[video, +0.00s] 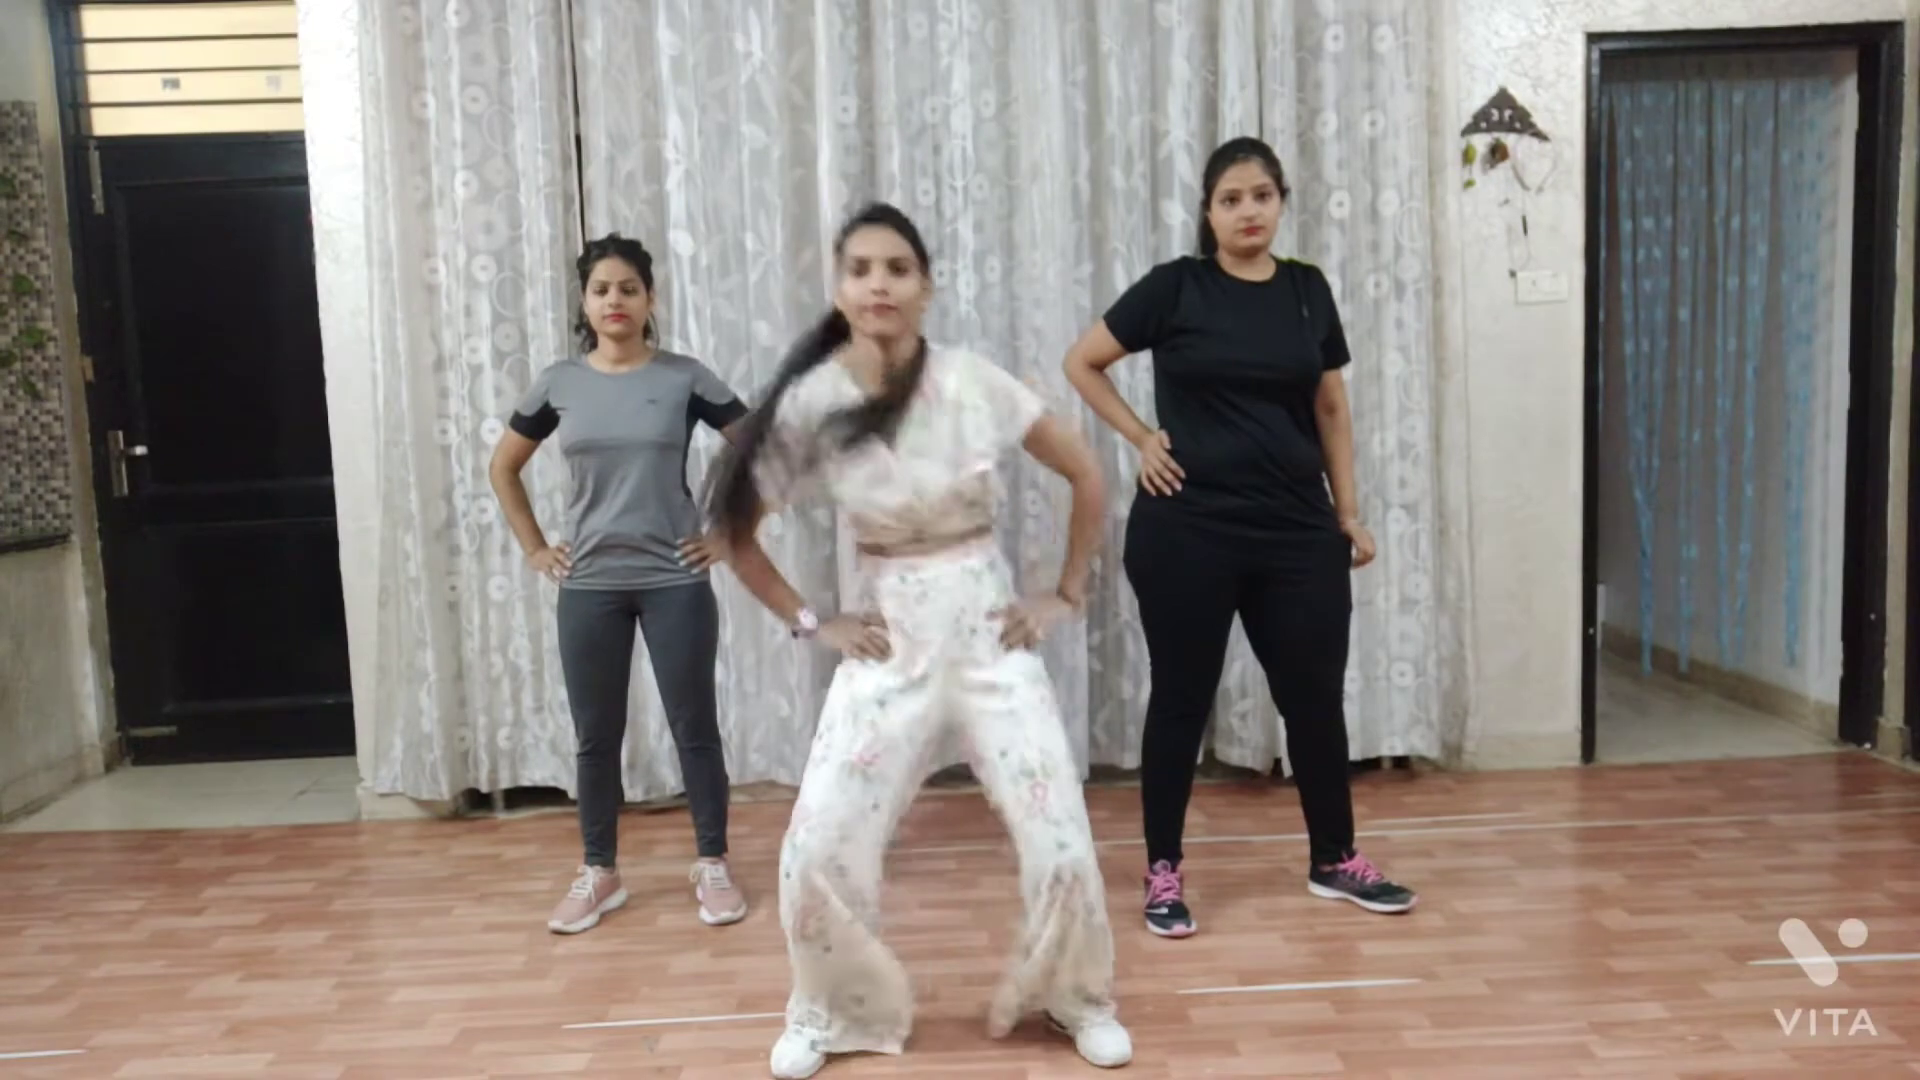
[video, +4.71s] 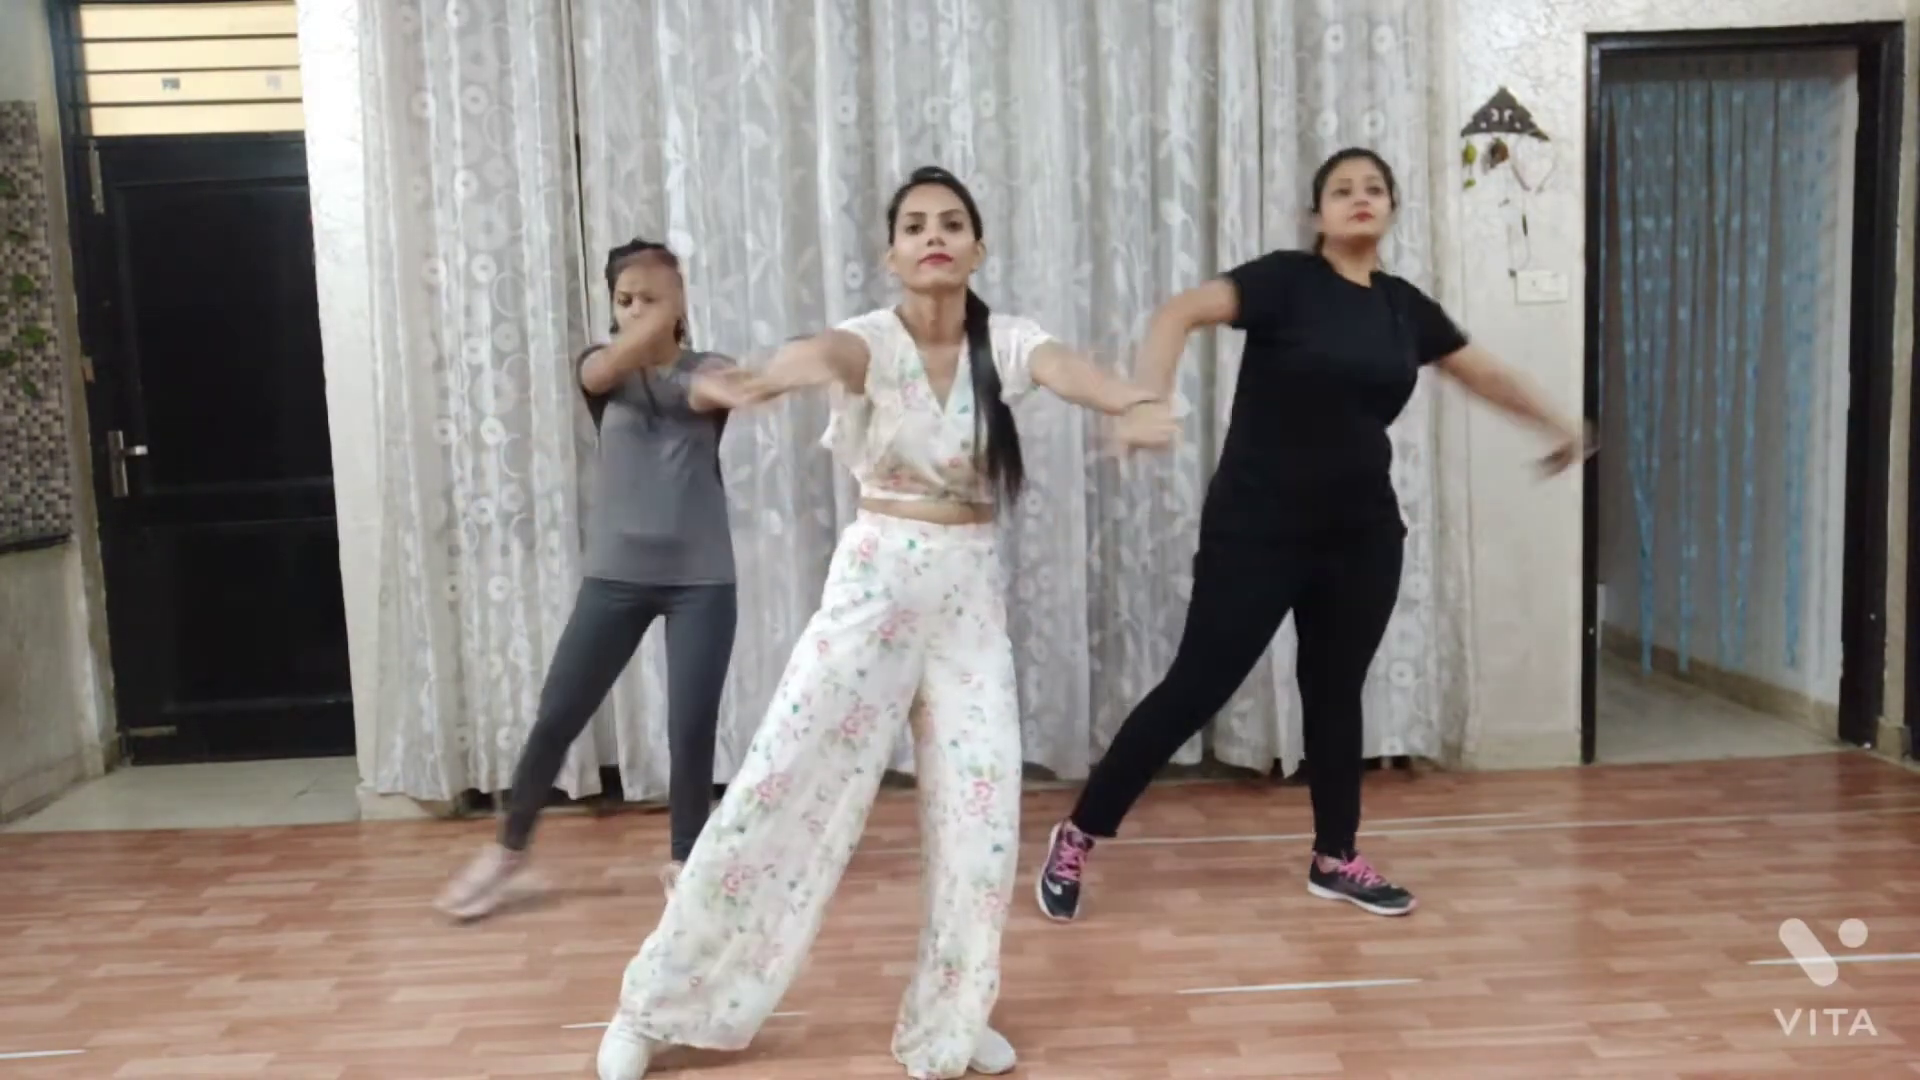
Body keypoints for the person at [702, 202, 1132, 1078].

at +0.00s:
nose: (878, 286)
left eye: (896, 269)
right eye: (860, 269)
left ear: (926, 284)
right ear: (836, 287)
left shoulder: (978, 385)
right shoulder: (808, 404)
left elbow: (1089, 476)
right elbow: (729, 530)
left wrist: (1066, 595)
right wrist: (812, 623)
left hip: (993, 638)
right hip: (882, 648)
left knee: (1062, 844)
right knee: (816, 845)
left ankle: (1082, 1001)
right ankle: (823, 1010)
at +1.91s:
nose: (846, 262)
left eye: (865, 244)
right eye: (828, 243)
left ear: (890, 257)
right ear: (804, 257)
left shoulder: (932, 352)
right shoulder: (773, 383)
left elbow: (1045, 428)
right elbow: (722, 504)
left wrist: (1051, 540)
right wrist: (805, 590)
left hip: (983, 584)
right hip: (879, 607)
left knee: (1044, 799)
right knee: (839, 818)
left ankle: (1079, 1003)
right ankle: (828, 1014)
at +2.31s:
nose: (980, 237)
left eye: (996, 218)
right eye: (961, 222)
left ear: (1025, 230)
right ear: (938, 240)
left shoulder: (1067, 331)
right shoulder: (902, 344)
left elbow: (1138, 434)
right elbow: (802, 433)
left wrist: (1082, 543)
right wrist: (812, 553)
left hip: (1001, 597)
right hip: (900, 588)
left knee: (1043, 800)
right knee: (854, 796)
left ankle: (1084, 1007)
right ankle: (819, 1021)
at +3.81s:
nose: (916, 224)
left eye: (934, 209)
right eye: (899, 213)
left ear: (967, 228)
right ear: (877, 238)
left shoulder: (1007, 344)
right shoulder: (847, 347)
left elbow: (1053, 446)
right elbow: (763, 448)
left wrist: (1087, 523)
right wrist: (704, 520)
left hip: (971, 601)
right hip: (867, 593)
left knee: (990, 812)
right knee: (797, 791)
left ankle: (949, 1006)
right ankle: (775, 1007)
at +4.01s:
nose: (927, 230)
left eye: (944, 215)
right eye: (908, 219)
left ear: (975, 236)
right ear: (887, 244)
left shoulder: (1021, 342)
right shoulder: (856, 349)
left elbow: (1120, 424)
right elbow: (738, 428)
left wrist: (1198, 494)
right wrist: (632, 491)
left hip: (975, 608)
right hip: (879, 600)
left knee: (991, 822)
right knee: (785, 798)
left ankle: (926, 1003)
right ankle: (662, 1013)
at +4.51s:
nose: (926, 238)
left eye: (944, 224)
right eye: (907, 228)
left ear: (974, 250)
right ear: (885, 256)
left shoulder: (1009, 341)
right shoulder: (864, 348)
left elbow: (1131, 372)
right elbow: (772, 378)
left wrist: (1248, 404)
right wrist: (675, 408)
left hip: (972, 606)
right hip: (871, 599)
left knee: (983, 823)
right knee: (768, 797)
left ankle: (948, 1030)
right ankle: (646, 1014)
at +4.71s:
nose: (933, 240)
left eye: (950, 227)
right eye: (916, 228)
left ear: (979, 247)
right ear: (891, 250)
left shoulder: (1005, 343)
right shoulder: (866, 341)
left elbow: (1072, 373)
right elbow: (812, 357)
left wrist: (1141, 405)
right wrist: (754, 380)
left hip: (971, 605)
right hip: (872, 596)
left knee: (986, 822)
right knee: (769, 789)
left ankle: (949, 1024)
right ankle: (646, 1010)